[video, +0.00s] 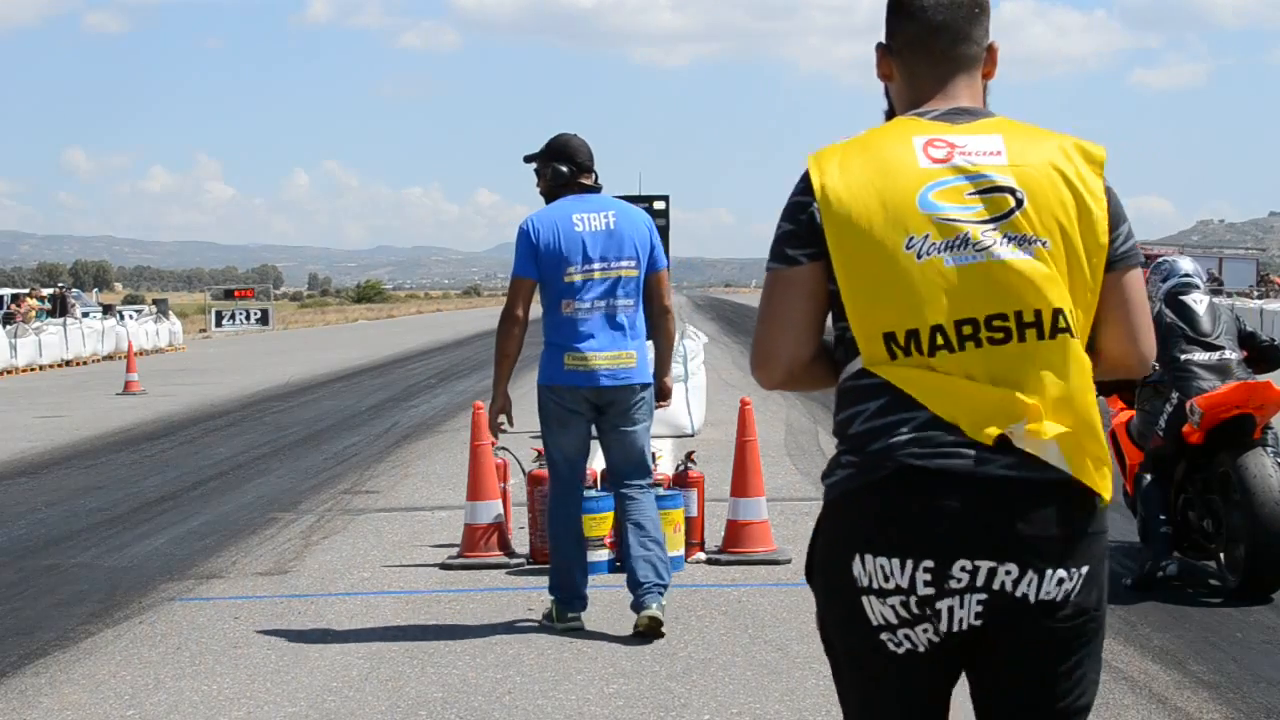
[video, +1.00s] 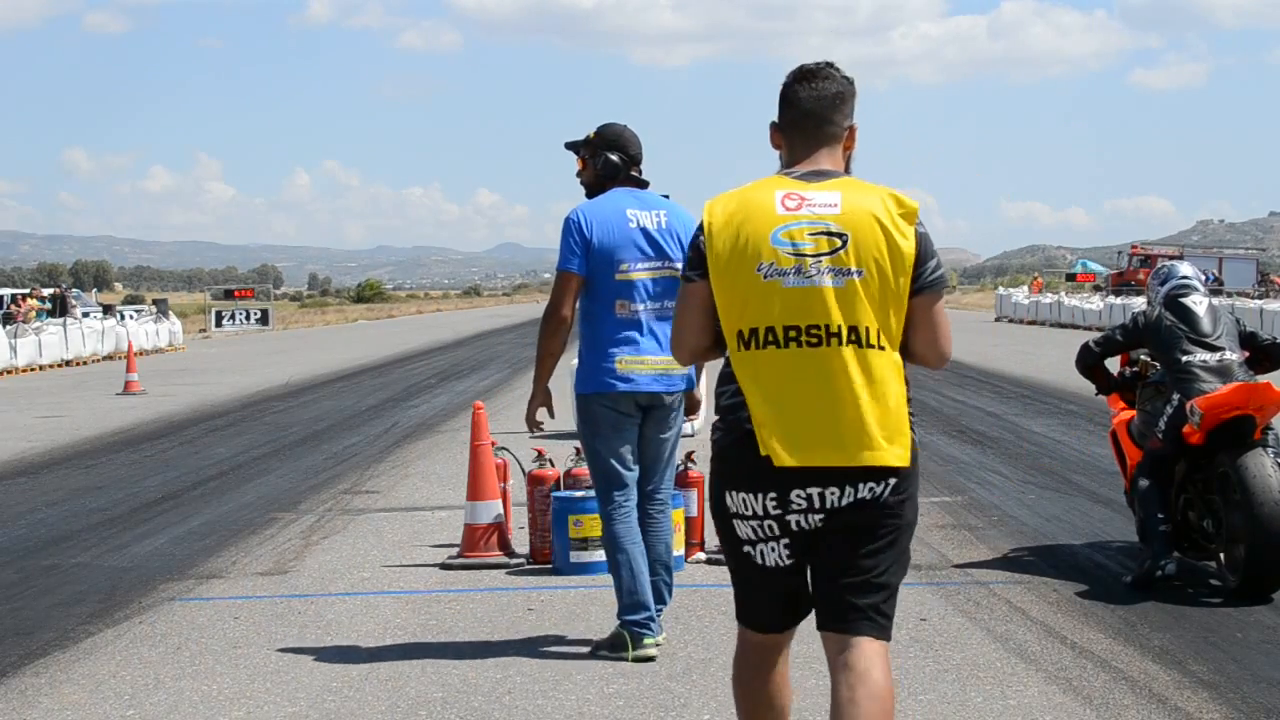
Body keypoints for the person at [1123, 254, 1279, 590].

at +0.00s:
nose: (1150, 285)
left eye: (1153, 280)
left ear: (1160, 281)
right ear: (1199, 279)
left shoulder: (1154, 314)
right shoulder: (1225, 312)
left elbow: (1139, 358)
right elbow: (1269, 350)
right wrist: (1239, 368)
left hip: (1183, 396)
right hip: (1234, 389)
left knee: (1151, 470)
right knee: (1264, 436)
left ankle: (1158, 554)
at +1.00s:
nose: (1150, 296)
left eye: (1152, 290)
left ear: (1159, 289)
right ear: (1199, 284)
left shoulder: (1150, 319)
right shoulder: (1225, 315)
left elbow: (1088, 354)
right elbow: (1270, 347)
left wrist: (1109, 385)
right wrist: (1243, 369)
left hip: (1192, 397)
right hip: (1241, 388)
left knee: (1147, 471)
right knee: (1265, 442)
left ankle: (1159, 555)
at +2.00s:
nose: (1147, 297)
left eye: (1149, 291)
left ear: (1157, 289)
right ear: (1197, 284)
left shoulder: (1149, 319)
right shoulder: (1225, 314)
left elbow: (1088, 355)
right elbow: (1270, 348)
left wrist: (1110, 385)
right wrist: (1242, 366)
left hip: (1190, 397)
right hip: (1241, 388)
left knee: (1147, 474)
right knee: (1265, 441)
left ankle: (1156, 554)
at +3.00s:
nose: (1144, 298)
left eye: (1146, 292)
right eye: (1144, 292)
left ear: (1155, 289)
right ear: (1193, 285)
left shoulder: (1147, 320)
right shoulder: (1222, 315)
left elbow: (1085, 357)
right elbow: (1271, 349)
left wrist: (1107, 385)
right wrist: (1241, 368)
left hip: (1189, 392)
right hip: (1239, 384)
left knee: (1150, 473)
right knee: (1265, 439)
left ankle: (1154, 561)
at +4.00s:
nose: (1144, 297)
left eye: (1146, 291)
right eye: (1145, 292)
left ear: (1155, 288)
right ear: (1193, 285)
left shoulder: (1148, 318)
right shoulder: (1222, 314)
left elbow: (1085, 354)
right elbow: (1269, 351)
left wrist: (1104, 383)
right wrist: (1235, 367)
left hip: (1186, 391)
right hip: (1235, 385)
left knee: (1148, 469)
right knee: (1262, 433)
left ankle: (1153, 555)